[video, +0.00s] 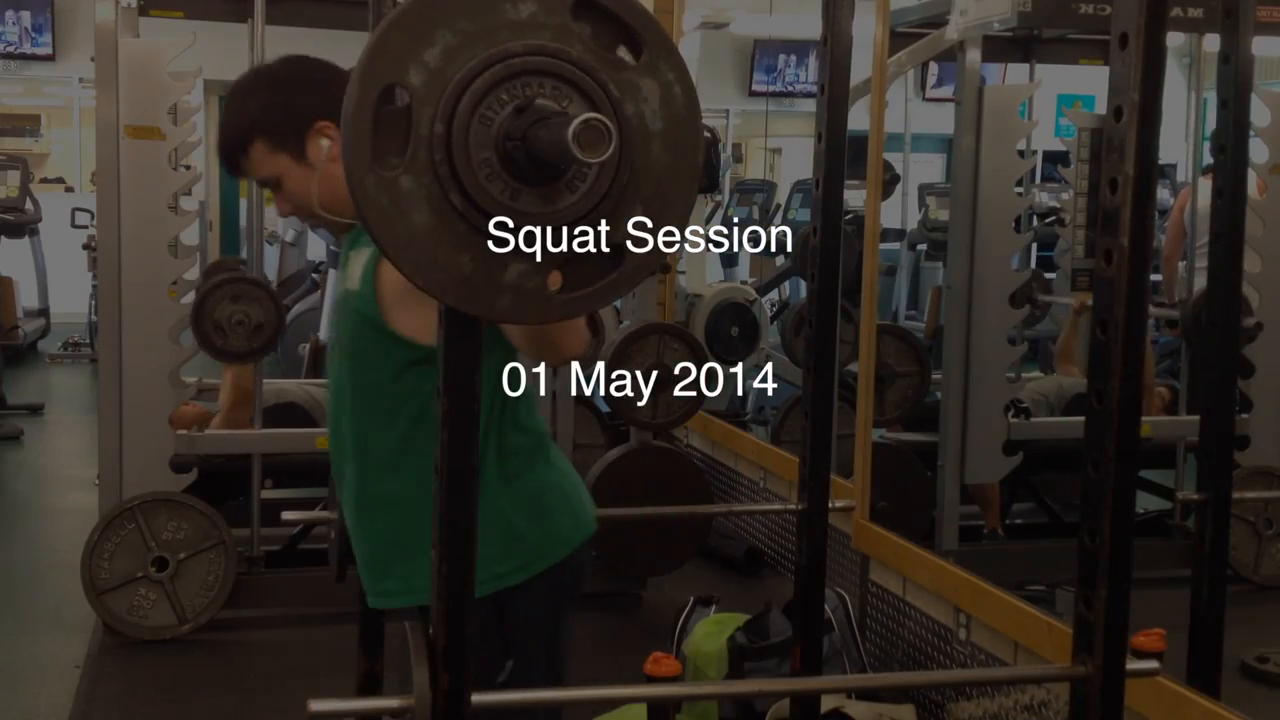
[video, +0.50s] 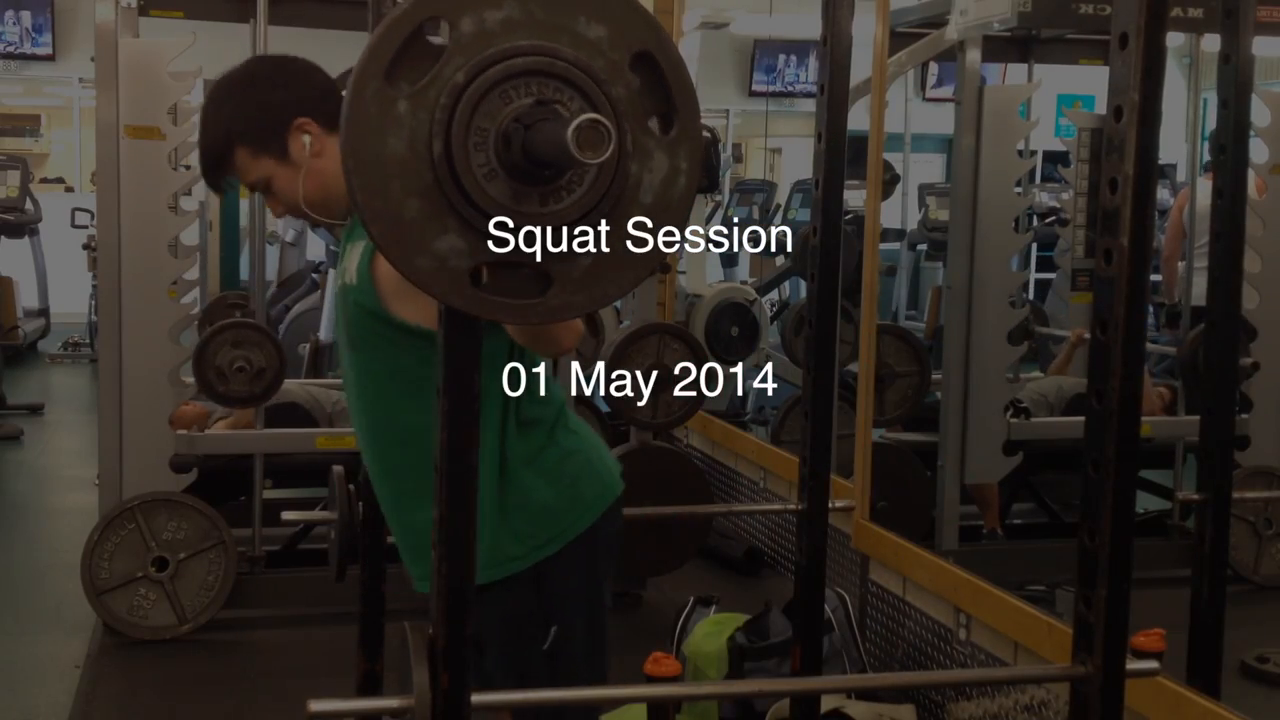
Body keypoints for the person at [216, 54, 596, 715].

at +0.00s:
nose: (280, 210)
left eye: (275, 184)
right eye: (268, 191)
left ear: (326, 144)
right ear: (327, 147)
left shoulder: (416, 245)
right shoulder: (363, 244)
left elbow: (560, 345)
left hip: (497, 566)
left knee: (509, 717)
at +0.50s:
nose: (276, 211)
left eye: (265, 185)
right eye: (260, 196)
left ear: (305, 138)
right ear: (307, 138)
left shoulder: (396, 243)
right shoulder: (363, 238)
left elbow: (559, 328)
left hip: (528, 541)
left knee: (541, 714)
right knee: (509, 709)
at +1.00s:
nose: (277, 193)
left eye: (269, 166)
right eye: (262, 174)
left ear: (319, 125)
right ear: (322, 126)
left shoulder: (399, 233)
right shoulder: (376, 228)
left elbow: (570, 320)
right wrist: (226, 406)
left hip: (506, 520)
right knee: (564, 685)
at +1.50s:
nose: (299, 153)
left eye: (301, 129)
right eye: (291, 135)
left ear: (355, 106)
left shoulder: (405, 239)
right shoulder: (370, 232)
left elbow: (551, 342)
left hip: (490, 538)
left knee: (377, 705)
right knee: (553, 687)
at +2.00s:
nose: (291, 144)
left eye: (295, 120)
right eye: (285, 125)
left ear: (351, 101)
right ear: (343, 107)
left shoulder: (403, 228)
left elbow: (574, 327)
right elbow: (569, 325)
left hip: (500, 522)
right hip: (554, 493)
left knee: (439, 696)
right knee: (574, 674)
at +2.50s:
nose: (290, 157)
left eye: (291, 132)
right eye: (280, 140)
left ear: (347, 104)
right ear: (343, 110)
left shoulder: (403, 217)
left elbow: (588, 318)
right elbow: (588, 317)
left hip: (507, 515)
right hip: (557, 492)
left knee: (447, 695)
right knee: (578, 679)